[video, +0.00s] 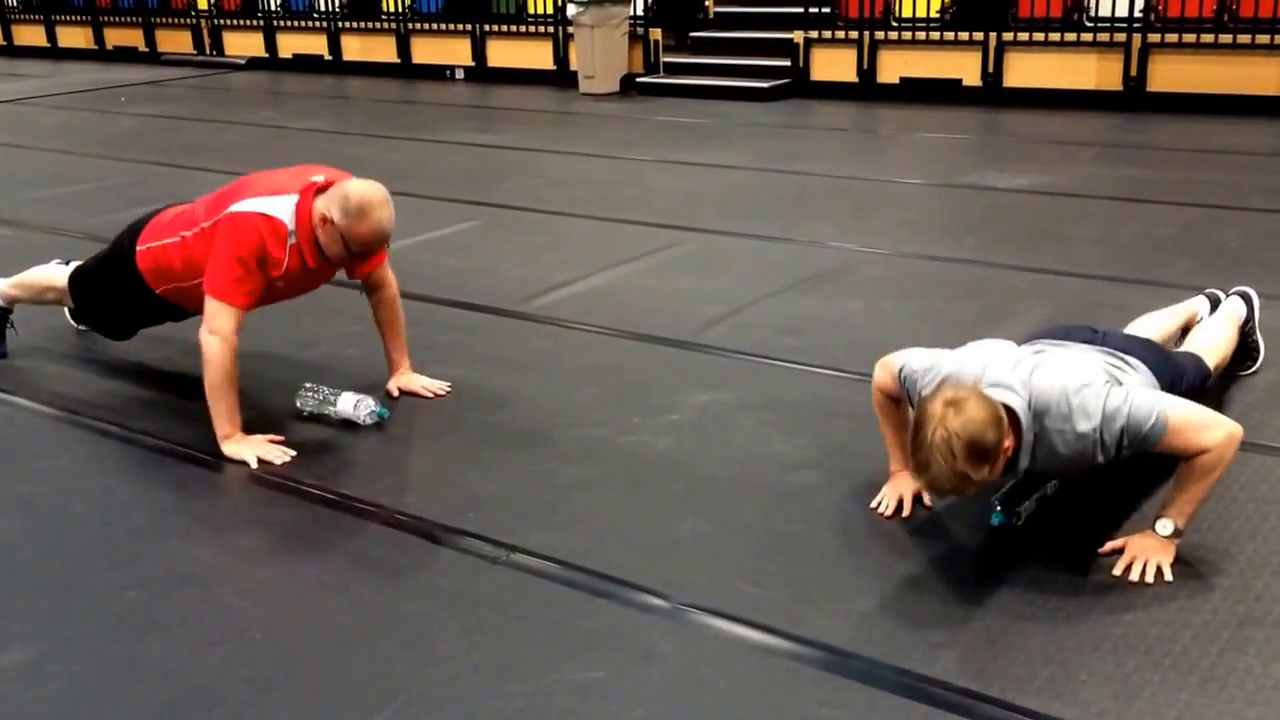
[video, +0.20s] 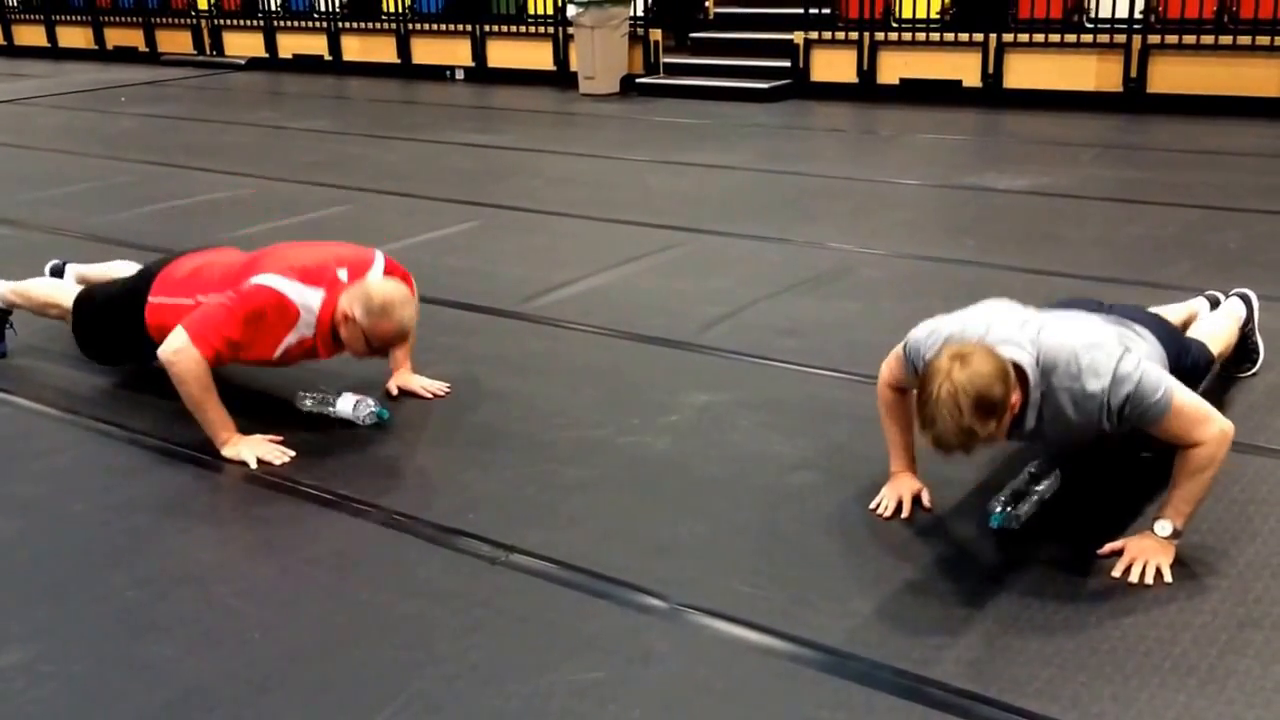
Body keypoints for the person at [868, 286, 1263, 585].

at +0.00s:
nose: (971, 493)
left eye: (974, 486)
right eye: (954, 488)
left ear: (1006, 448)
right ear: (927, 431)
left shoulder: (1096, 411)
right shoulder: (944, 374)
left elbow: (1222, 438)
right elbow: (884, 376)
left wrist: (1163, 531)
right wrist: (901, 467)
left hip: (1136, 367)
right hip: (1053, 346)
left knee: (1196, 362)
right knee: (1129, 342)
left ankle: (1236, 308)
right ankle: (1199, 303)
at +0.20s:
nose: (975, 448)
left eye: (981, 439)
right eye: (960, 441)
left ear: (1012, 405)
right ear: (935, 393)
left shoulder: (1108, 378)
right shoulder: (938, 341)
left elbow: (1213, 433)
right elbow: (891, 380)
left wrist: (1162, 532)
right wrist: (902, 471)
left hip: (1143, 345)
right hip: (1069, 319)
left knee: (1199, 346)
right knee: (1149, 320)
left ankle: (1238, 310)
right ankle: (1206, 302)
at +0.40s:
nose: (983, 372)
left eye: (992, 360)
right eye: (970, 364)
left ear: (1025, 317)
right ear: (951, 327)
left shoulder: (1118, 312)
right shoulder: (937, 295)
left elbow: (1180, 423)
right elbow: (906, 377)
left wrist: (1162, 533)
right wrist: (901, 471)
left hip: (1151, 335)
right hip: (1070, 360)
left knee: (1202, 336)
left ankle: (1239, 312)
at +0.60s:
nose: (981, 435)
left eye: (987, 424)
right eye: (967, 429)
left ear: (1014, 388)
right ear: (941, 391)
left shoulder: (1104, 370)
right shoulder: (933, 341)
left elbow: (1212, 434)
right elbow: (888, 384)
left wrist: (1162, 535)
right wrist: (901, 474)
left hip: (1143, 354)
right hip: (1092, 329)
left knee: (1200, 351)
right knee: (1148, 326)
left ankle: (1237, 311)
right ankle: (1205, 304)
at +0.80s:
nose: (969, 503)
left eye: (973, 495)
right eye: (951, 499)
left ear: (1006, 454)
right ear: (925, 438)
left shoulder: (1089, 415)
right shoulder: (938, 382)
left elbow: (1216, 441)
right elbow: (883, 380)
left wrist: (1161, 537)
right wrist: (899, 472)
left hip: (1129, 376)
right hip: (1052, 357)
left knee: (1193, 368)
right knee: (1126, 349)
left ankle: (1235, 313)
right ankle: (1197, 307)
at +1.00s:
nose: (982, 425)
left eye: (986, 414)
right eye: (966, 420)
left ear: (1010, 374)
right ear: (931, 376)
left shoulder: (1103, 355)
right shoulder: (923, 331)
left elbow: (1200, 433)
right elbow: (888, 384)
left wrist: (1160, 537)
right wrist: (900, 474)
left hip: (1142, 342)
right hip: (1081, 321)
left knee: (1195, 351)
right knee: (1157, 328)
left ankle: (1235, 313)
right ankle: (1201, 308)